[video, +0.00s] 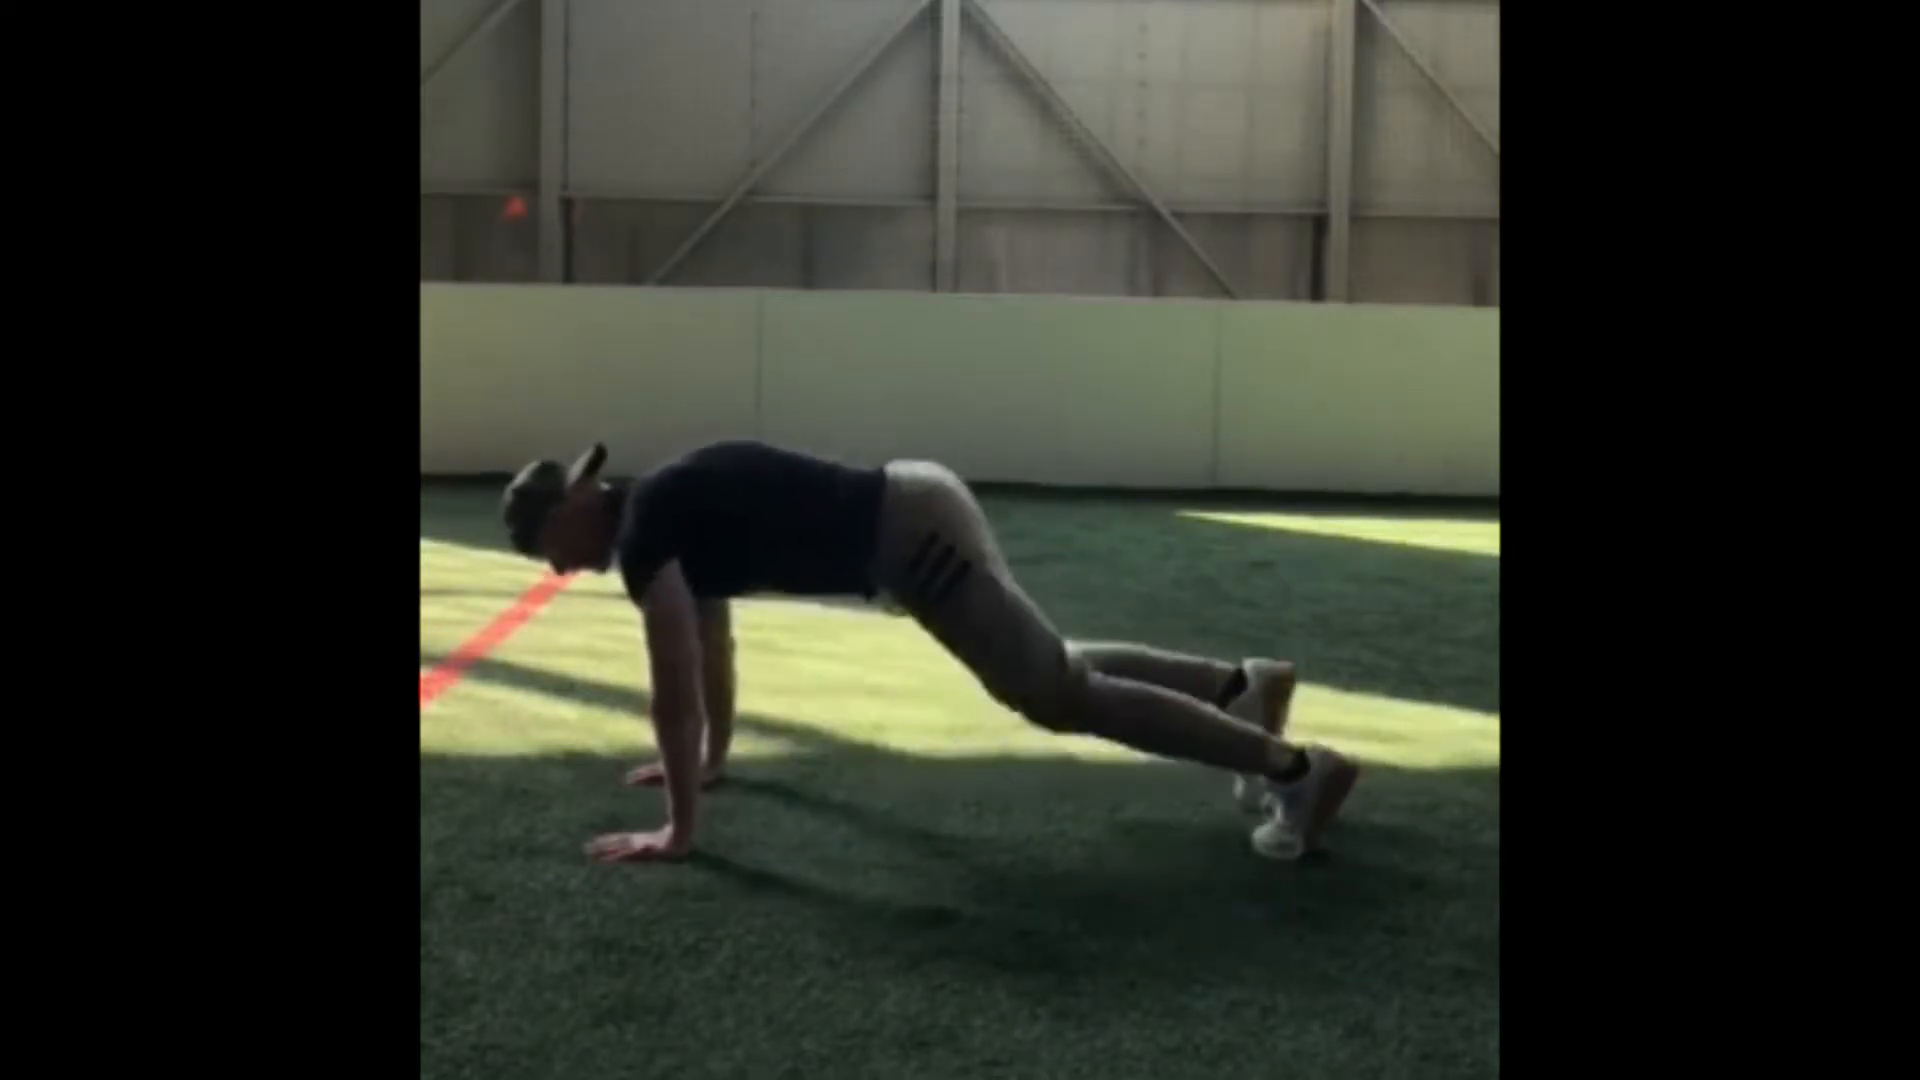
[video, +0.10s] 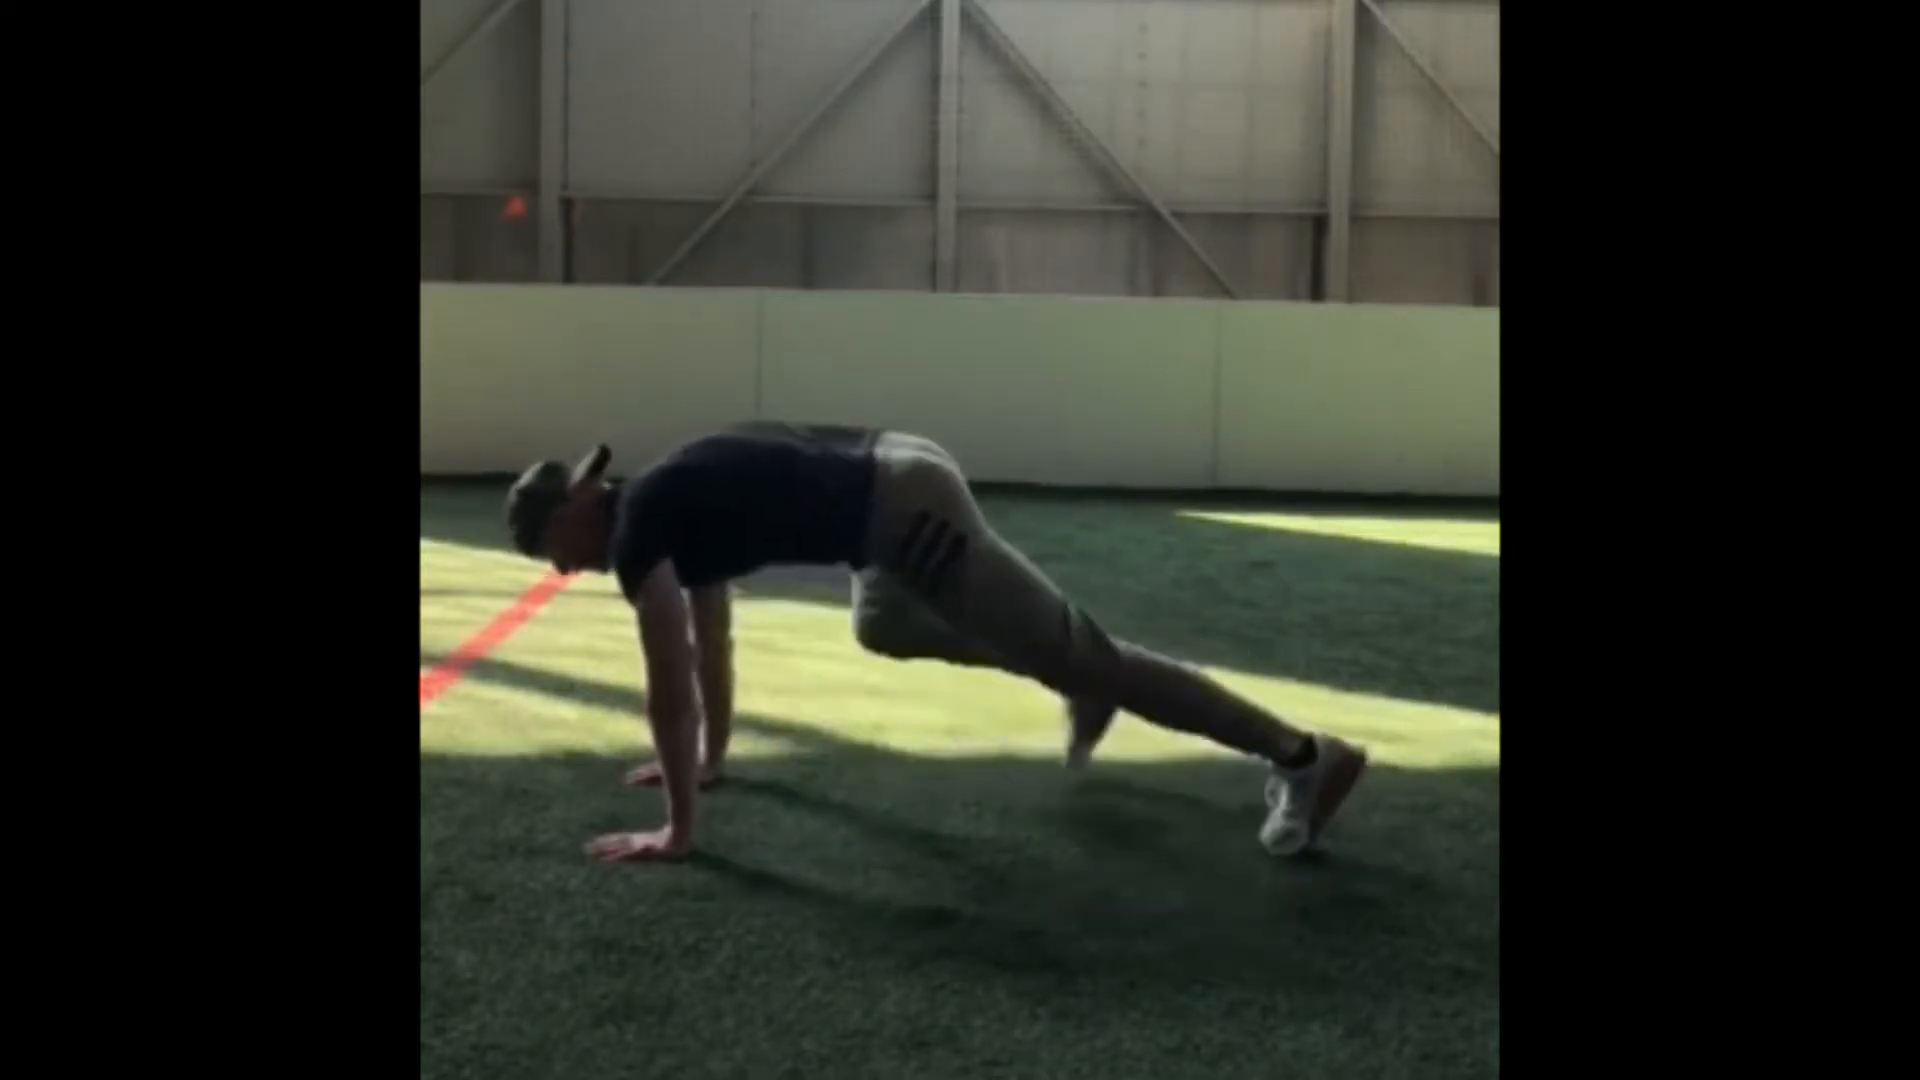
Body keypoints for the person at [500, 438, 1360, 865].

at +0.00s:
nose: (567, 571)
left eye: (559, 556)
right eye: (555, 561)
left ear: (580, 511)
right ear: (590, 498)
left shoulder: (648, 538)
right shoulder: (672, 504)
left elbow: (674, 694)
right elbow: (714, 654)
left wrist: (677, 832)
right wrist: (707, 756)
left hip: (919, 536)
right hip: (922, 504)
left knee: (1060, 700)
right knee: (1050, 674)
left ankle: (1297, 771)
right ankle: (1238, 688)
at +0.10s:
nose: (567, 571)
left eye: (560, 555)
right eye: (556, 560)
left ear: (580, 512)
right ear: (592, 496)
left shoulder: (643, 529)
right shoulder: (675, 500)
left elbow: (669, 684)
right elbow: (712, 645)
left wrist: (677, 830)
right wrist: (706, 753)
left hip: (904, 507)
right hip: (901, 477)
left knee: (1086, 660)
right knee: (884, 624)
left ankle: (1309, 756)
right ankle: (1073, 676)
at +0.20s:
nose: (577, 567)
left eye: (569, 552)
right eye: (566, 556)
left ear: (585, 510)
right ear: (602, 487)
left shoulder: (641, 531)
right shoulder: (689, 492)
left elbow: (669, 684)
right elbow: (715, 649)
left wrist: (677, 828)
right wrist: (705, 758)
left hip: (898, 536)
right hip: (910, 478)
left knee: (1084, 673)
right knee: (799, 558)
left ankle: (1314, 768)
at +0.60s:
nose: (582, 563)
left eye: (574, 548)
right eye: (572, 551)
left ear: (587, 513)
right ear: (611, 482)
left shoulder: (645, 531)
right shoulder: (696, 496)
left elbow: (672, 687)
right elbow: (718, 656)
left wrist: (676, 827)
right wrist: (709, 757)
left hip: (908, 530)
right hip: (919, 475)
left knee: (1094, 672)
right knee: (798, 575)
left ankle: (1324, 762)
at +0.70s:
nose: (577, 563)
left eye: (567, 548)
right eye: (565, 551)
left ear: (582, 509)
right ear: (602, 482)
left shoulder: (643, 530)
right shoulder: (685, 500)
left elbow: (670, 687)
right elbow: (712, 656)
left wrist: (677, 829)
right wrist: (705, 758)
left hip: (913, 526)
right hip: (911, 501)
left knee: (1111, 668)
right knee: (898, 671)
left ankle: (1328, 760)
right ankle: (1087, 647)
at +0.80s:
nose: (577, 559)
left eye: (568, 542)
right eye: (565, 547)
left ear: (586, 505)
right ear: (604, 483)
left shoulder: (648, 529)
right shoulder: (686, 505)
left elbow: (673, 683)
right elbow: (715, 661)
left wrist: (676, 827)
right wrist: (706, 762)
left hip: (923, 567)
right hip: (918, 560)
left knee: (1110, 683)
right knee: (1016, 726)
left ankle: (1345, 768)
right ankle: (1210, 681)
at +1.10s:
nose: (577, 565)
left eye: (568, 550)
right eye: (564, 554)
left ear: (585, 507)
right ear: (601, 487)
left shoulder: (644, 530)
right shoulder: (688, 500)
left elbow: (670, 687)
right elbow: (719, 658)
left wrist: (679, 829)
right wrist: (706, 762)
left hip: (909, 538)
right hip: (935, 505)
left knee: (1002, 743)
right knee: (1073, 663)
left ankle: (1252, 725)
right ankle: (1284, 727)